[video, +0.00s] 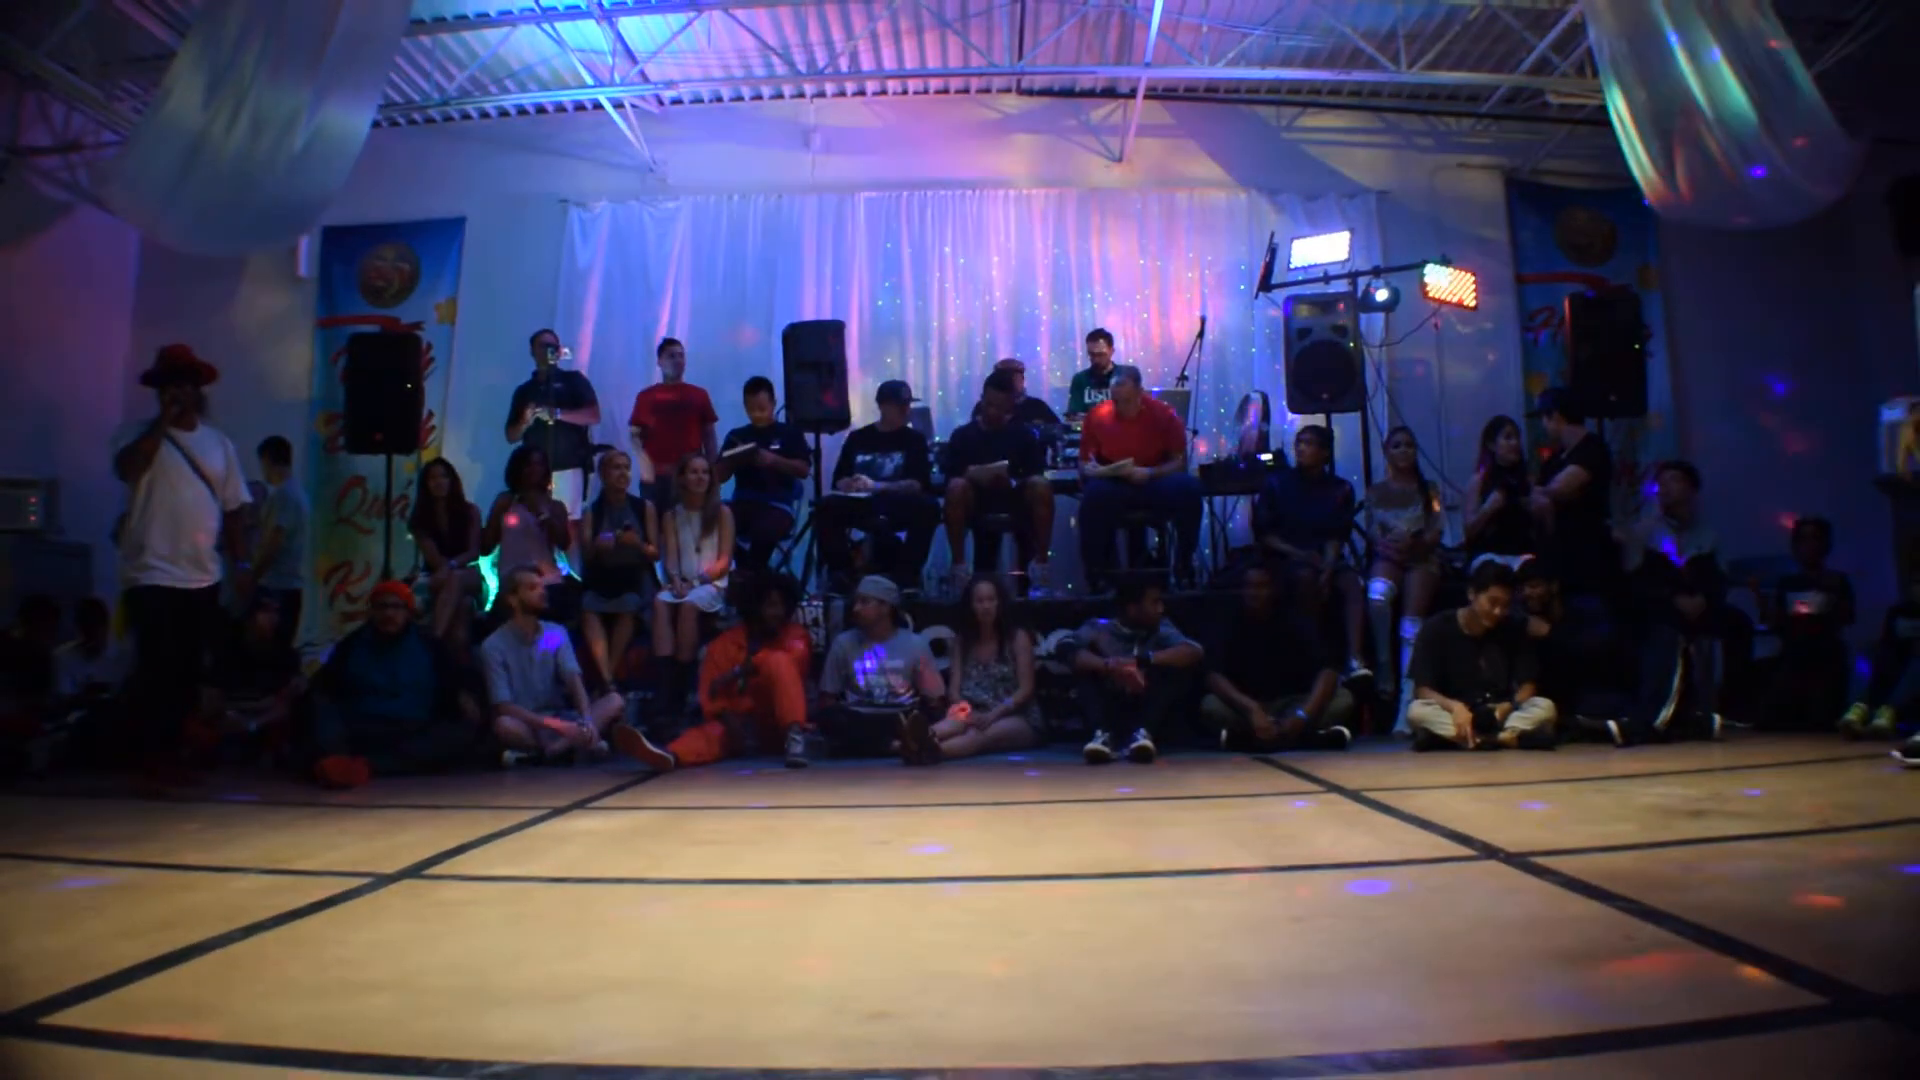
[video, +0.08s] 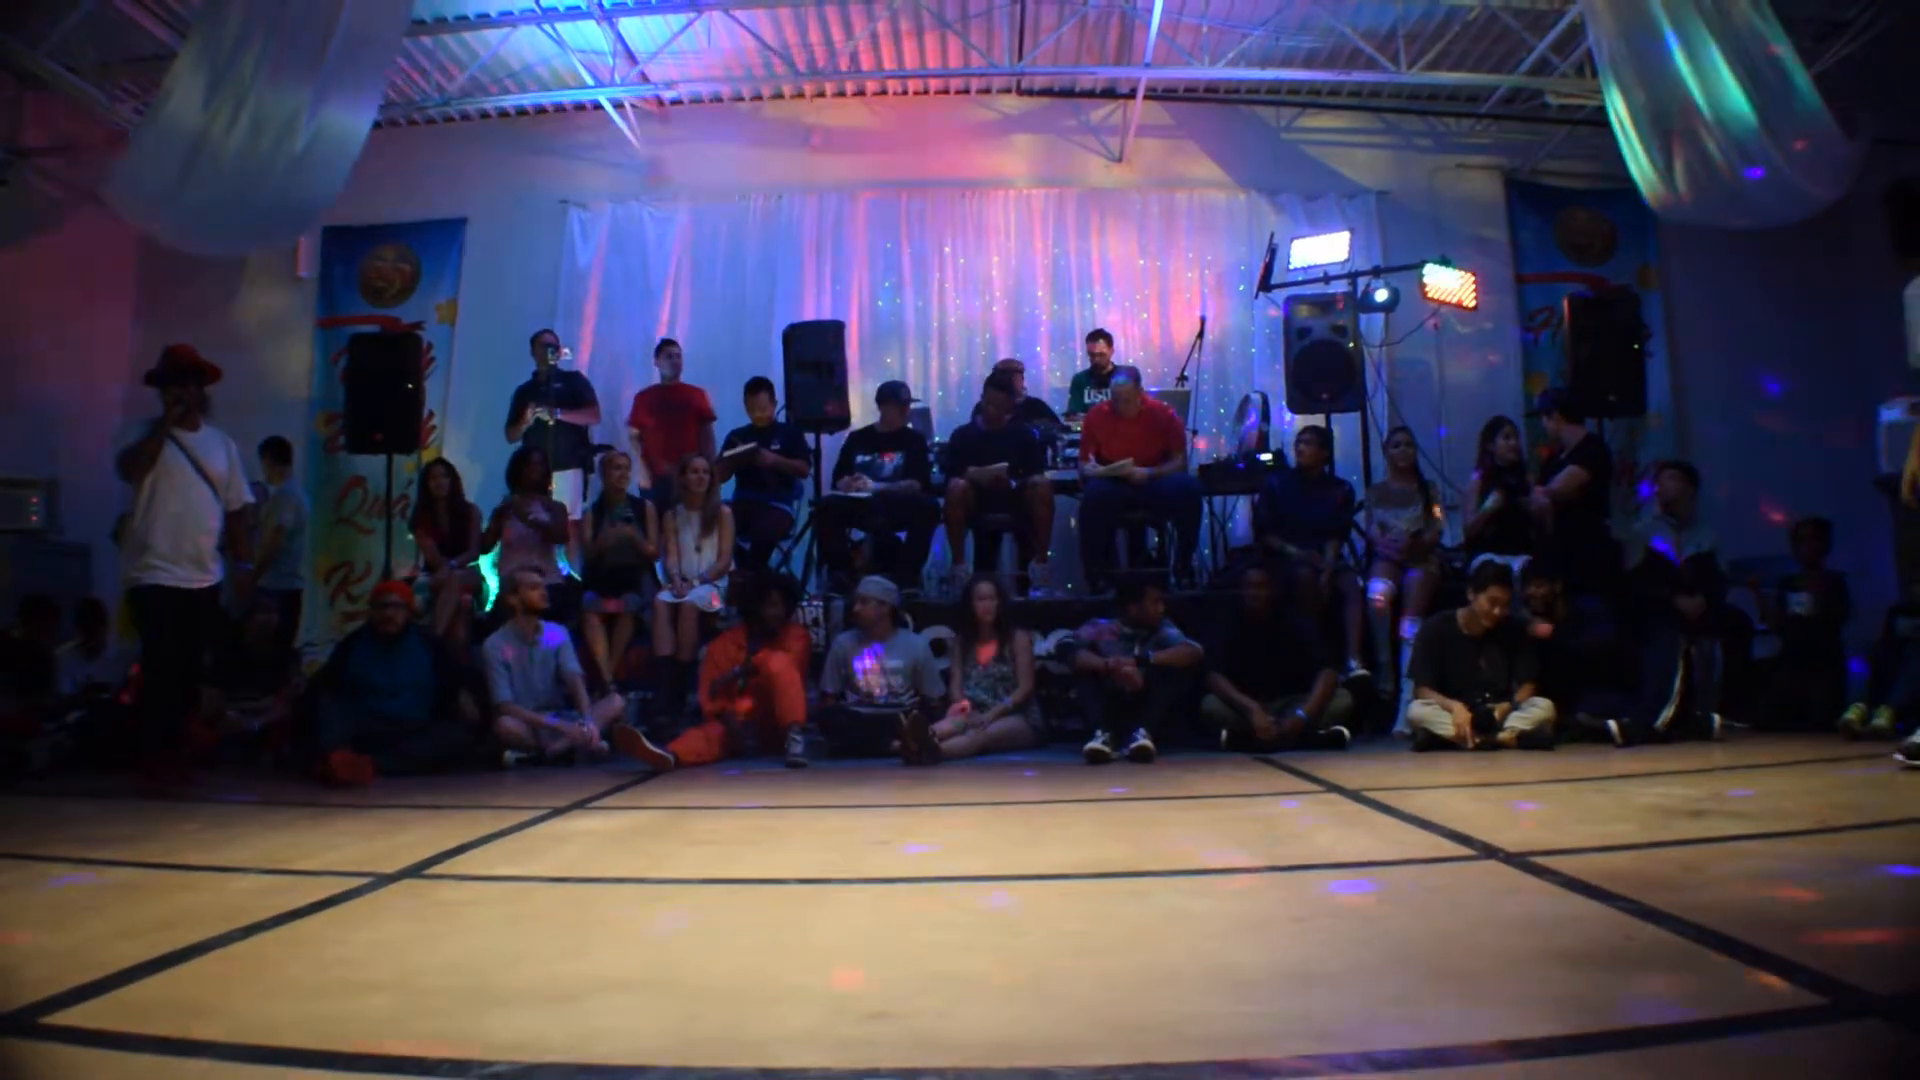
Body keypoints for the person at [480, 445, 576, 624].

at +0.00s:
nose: (535, 470)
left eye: (540, 465)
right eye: (529, 465)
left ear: (547, 470)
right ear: (518, 469)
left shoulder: (555, 506)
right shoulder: (505, 501)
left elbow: (564, 543)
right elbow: (486, 547)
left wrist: (546, 517)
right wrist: (500, 512)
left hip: (548, 581)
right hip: (512, 582)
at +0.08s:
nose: (536, 471)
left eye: (541, 466)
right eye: (530, 466)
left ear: (547, 471)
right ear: (518, 470)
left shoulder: (555, 507)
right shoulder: (506, 507)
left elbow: (561, 537)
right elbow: (485, 546)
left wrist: (527, 520)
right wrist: (502, 516)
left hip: (547, 575)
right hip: (513, 576)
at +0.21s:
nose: (532, 472)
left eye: (537, 467)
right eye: (527, 467)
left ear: (545, 473)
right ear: (516, 472)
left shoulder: (554, 508)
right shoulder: (501, 512)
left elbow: (549, 531)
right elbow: (484, 544)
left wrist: (518, 519)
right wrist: (501, 526)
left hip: (548, 584)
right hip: (509, 586)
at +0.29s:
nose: (535, 471)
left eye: (539, 466)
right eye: (529, 467)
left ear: (545, 472)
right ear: (516, 472)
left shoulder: (553, 507)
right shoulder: (499, 512)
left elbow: (546, 529)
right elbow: (486, 543)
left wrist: (510, 524)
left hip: (547, 587)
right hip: (508, 589)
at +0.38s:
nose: (534, 471)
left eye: (539, 466)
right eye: (528, 466)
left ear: (545, 471)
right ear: (516, 471)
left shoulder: (553, 507)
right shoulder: (499, 512)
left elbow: (546, 529)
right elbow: (485, 543)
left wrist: (510, 520)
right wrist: (529, 533)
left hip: (546, 598)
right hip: (506, 598)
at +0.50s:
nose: (534, 469)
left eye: (539, 464)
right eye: (527, 464)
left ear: (546, 471)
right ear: (515, 471)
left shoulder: (553, 507)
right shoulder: (498, 511)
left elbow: (545, 528)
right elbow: (485, 541)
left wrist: (507, 527)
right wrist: (527, 534)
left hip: (545, 600)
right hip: (506, 599)